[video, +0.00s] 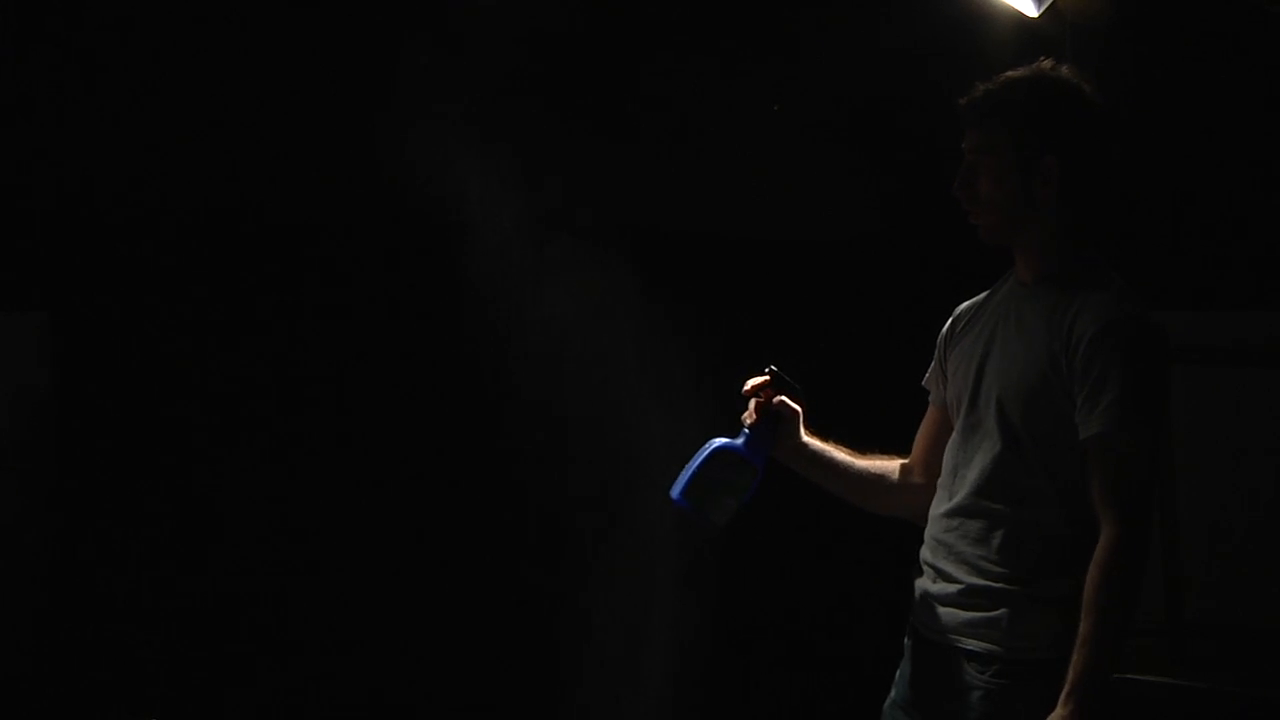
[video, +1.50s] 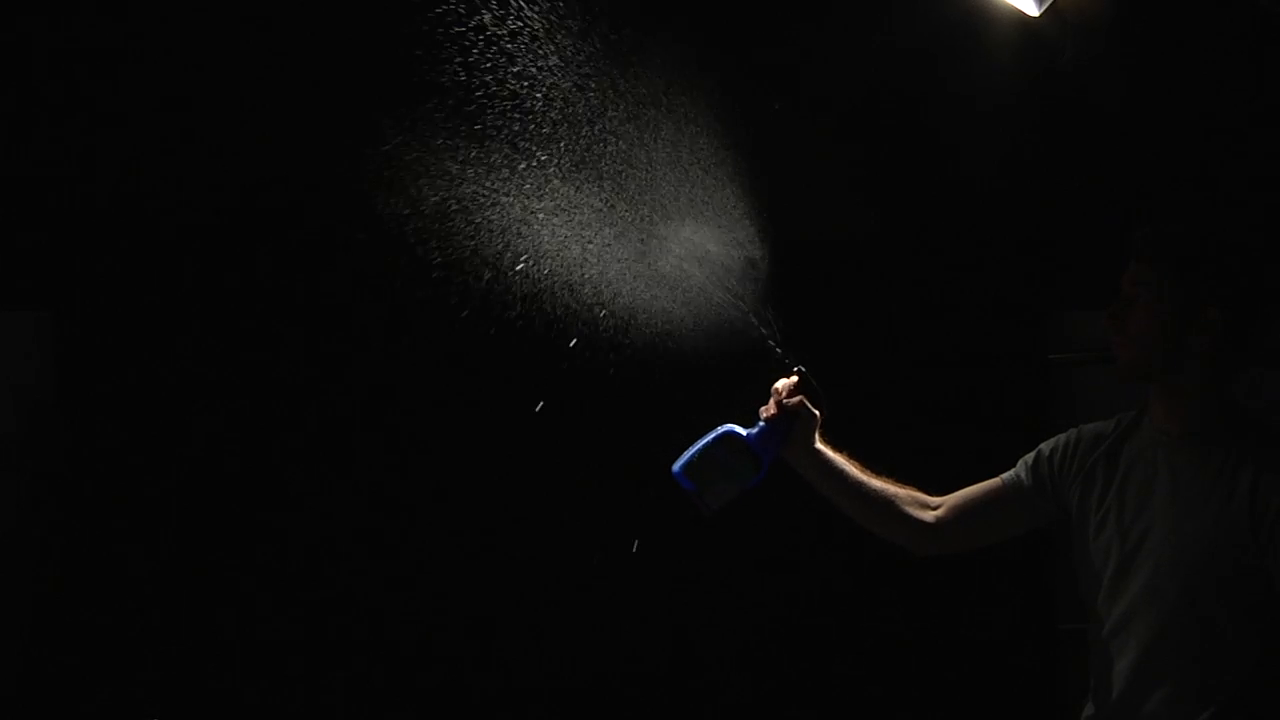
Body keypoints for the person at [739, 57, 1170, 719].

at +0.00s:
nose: (962, 184)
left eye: (982, 163)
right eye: (966, 163)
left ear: (1044, 174)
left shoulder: (1103, 324)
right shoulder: (969, 322)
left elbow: (1123, 527)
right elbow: (920, 486)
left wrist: (1076, 698)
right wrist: (798, 443)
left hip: (1022, 659)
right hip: (931, 644)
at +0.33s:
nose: (963, 181)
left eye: (983, 160)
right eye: (968, 160)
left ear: (1046, 175)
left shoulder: (1102, 322)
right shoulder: (968, 322)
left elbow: (1118, 522)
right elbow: (918, 486)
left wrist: (1061, 694)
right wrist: (798, 442)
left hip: (1019, 663)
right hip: (930, 645)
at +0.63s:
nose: (1122, 324)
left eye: (1145, 306)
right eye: (1123, 305)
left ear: (1202, 319)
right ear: (1121, 320)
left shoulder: (1258, 459)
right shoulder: (1088, 456)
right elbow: (930, 520)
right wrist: (806, 453)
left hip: (1233, 699)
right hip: (1117, 700)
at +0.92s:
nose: (1121, 325)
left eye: (1144, 305)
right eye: (1124, 304)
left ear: (1203, 319)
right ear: (1123, 320)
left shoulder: (1257, 457)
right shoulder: (1088, 457)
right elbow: (931, 520)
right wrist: (807, 452)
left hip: (1235, 698)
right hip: (1118, 701)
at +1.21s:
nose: (1121, 322)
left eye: (1142, 305)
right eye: (1125, 304)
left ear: (1202, 320)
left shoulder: (1257, 457)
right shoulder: (1088, 457)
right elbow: (931, 520)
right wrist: (806, 450)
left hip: (1234, 700)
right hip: (1118, 702)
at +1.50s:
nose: (1119, 316)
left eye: (1141, 299)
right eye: (1124, 297)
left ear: (1202, 318)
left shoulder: (1260, 460)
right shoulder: (1088, 456)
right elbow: (932, 520)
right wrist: (807, 448)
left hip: (1229, 700)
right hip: (1113, 701)